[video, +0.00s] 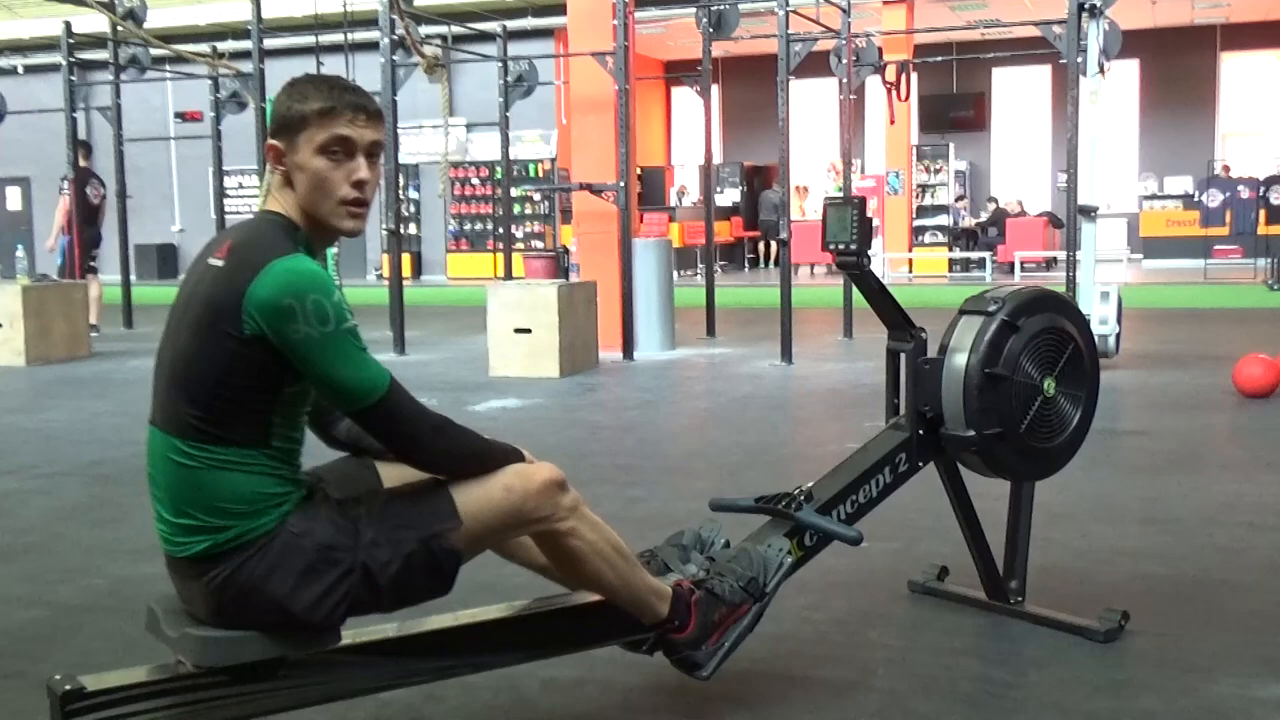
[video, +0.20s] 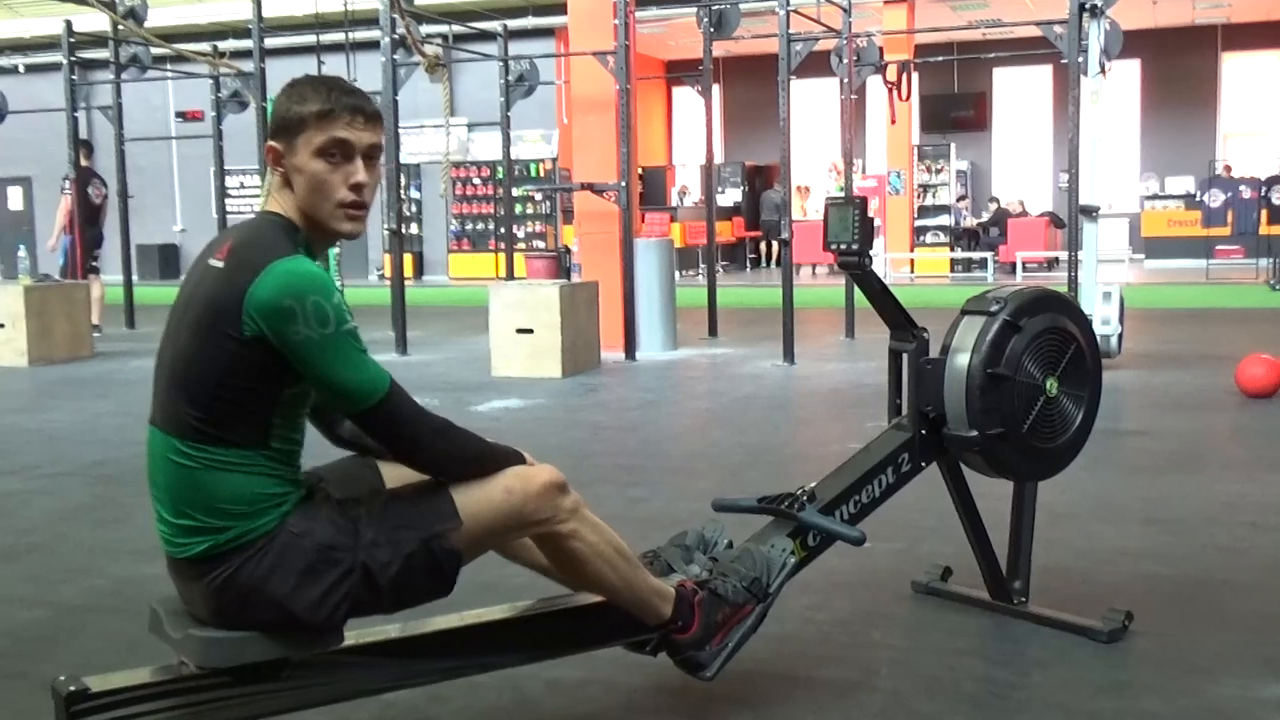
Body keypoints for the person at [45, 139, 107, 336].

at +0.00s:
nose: (69, 156)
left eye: (71, 153)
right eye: (72, 152)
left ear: (76, 154)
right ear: (89, 155)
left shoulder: (70, 179)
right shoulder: (99, 182)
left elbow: (63, 210)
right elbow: (101, 213)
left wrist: (53, 236)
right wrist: (97, 232)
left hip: (72, 234)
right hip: (93, 233)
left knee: (68, 277)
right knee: (92, 276)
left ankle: (69, 322)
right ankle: (93, 322)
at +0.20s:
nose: (71, 156)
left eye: (72, 152)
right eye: (73, 152)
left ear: (77, 154)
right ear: (90, 154)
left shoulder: (71, 179)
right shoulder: (101, 182)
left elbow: (65, 209)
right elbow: (103, 213)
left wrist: (54, 237)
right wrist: (98, 231)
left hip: (75, 234)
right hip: (95, 233)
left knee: (70, 277)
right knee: (94, 276)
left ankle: (71, 322)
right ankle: (96, 322)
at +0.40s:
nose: (75, 159)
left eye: (76, 156)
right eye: (78, 156)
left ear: (80, 157)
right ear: (94, 158)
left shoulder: (75, 183)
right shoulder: (104, 185)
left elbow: (68, 212)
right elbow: (106, 215)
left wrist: (57, 239)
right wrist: (101, 233)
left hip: (78, 236)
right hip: (98, 235)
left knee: (72, 280)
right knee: (97, 279)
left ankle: (73, 325)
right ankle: (98, 325)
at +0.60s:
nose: (81, 157)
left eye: (82, 153)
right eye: (83, 153)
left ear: (86, 155)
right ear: (100, 155)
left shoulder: (81, 181)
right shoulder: (110, 182)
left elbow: (74, 210)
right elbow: (113, 213)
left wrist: (64, 237)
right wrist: (108, 232)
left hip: (85, 234)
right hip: (104, 233)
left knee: (78, 278)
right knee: (103, 277)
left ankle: (80, 323)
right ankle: (104, 322)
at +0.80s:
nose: (84, 157)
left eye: (86, 153)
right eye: (87, 153)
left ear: (89, 155)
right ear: (104, 155)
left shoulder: (84, 180)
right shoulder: (114, 181)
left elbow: (79, 210)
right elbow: (117, 213)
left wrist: (70, 237)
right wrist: (113, 232)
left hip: (89, 235)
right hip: (108, 234)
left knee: (82, 278)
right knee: (107, 277)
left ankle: (84, 323)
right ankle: (108, 322)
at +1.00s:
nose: (92, 156)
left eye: (93, 153)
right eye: (94, 153)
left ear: (97, 154)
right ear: (111, 155)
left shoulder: (93, 179)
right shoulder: (122, 181)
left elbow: (87, 209)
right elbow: (124, 213)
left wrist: (78, 237)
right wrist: (120, 231)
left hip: (97, 234)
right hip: (116, 233)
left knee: (91, 278)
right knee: (115, 276)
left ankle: (92, 322)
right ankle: (116, 321)